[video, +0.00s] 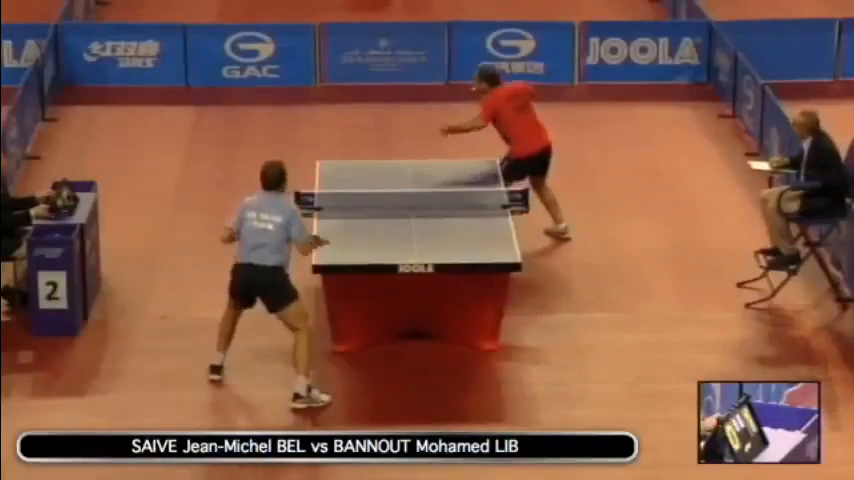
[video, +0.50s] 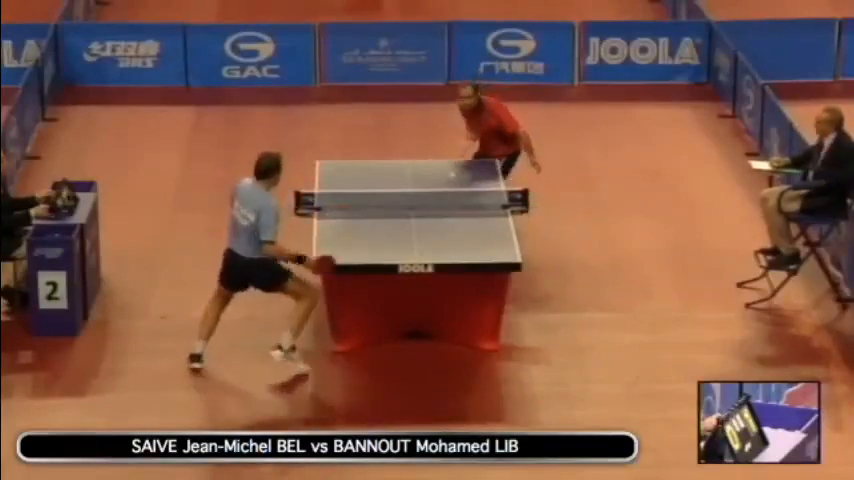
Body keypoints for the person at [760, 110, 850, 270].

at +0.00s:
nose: (794, 129)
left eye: (798, 125)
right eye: (794, 125)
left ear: (808, 127)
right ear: (808, 127)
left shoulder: (822, 145)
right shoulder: (811, 141)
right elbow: (803, 160)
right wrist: (785, 163)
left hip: (828, 199)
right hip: (815, 191)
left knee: (774, 206)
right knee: (767, 197)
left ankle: (790, 253)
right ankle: (779, 247)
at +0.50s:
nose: (816, 125)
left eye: (821, 122)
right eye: (817, 121)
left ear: (833, 125)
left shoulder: (845, 146)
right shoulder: (823, 142)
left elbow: (842, 180)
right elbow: (805, 159)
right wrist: (786, 163)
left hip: (830, 199)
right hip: (813, 191)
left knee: (774, 204)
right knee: (767, 197)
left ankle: (789, 253)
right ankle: (780, 247)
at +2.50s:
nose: (820, 123)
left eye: (824, 120)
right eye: (820, 119)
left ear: (836, 125)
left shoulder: (845, 146)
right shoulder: (826, 140)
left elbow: (837, 177)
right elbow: (807, 158)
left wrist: (807, 175)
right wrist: (786, 162)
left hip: (829, 199)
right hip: (815, 191)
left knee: (774, 205)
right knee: (766, 197)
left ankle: (789, 253)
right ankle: (780, 247)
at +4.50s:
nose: (821, 124)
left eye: (827, 121)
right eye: (821, 120)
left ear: (839, 126)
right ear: (819, 120)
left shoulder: (846, 147)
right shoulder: (825, 141)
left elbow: (837, 178)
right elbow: (807, 158)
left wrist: (806, 175)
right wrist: (786, 163)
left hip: (830, 199)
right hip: (814, 191)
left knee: (773, 205)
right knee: (765, 197)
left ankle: (790, 253)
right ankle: (780, 247)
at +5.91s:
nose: (820, 123)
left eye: (826, 120)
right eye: (821, 119)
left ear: (838, 125)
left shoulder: (846, 147)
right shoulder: (827, 140)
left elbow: (836, 177)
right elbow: (809, 157)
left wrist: (803, 175)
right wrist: (787, 163)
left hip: (829, 199)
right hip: (815, 191)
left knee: (773, 204)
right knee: (765, 197)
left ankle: (790, 254)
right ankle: (780, 247)